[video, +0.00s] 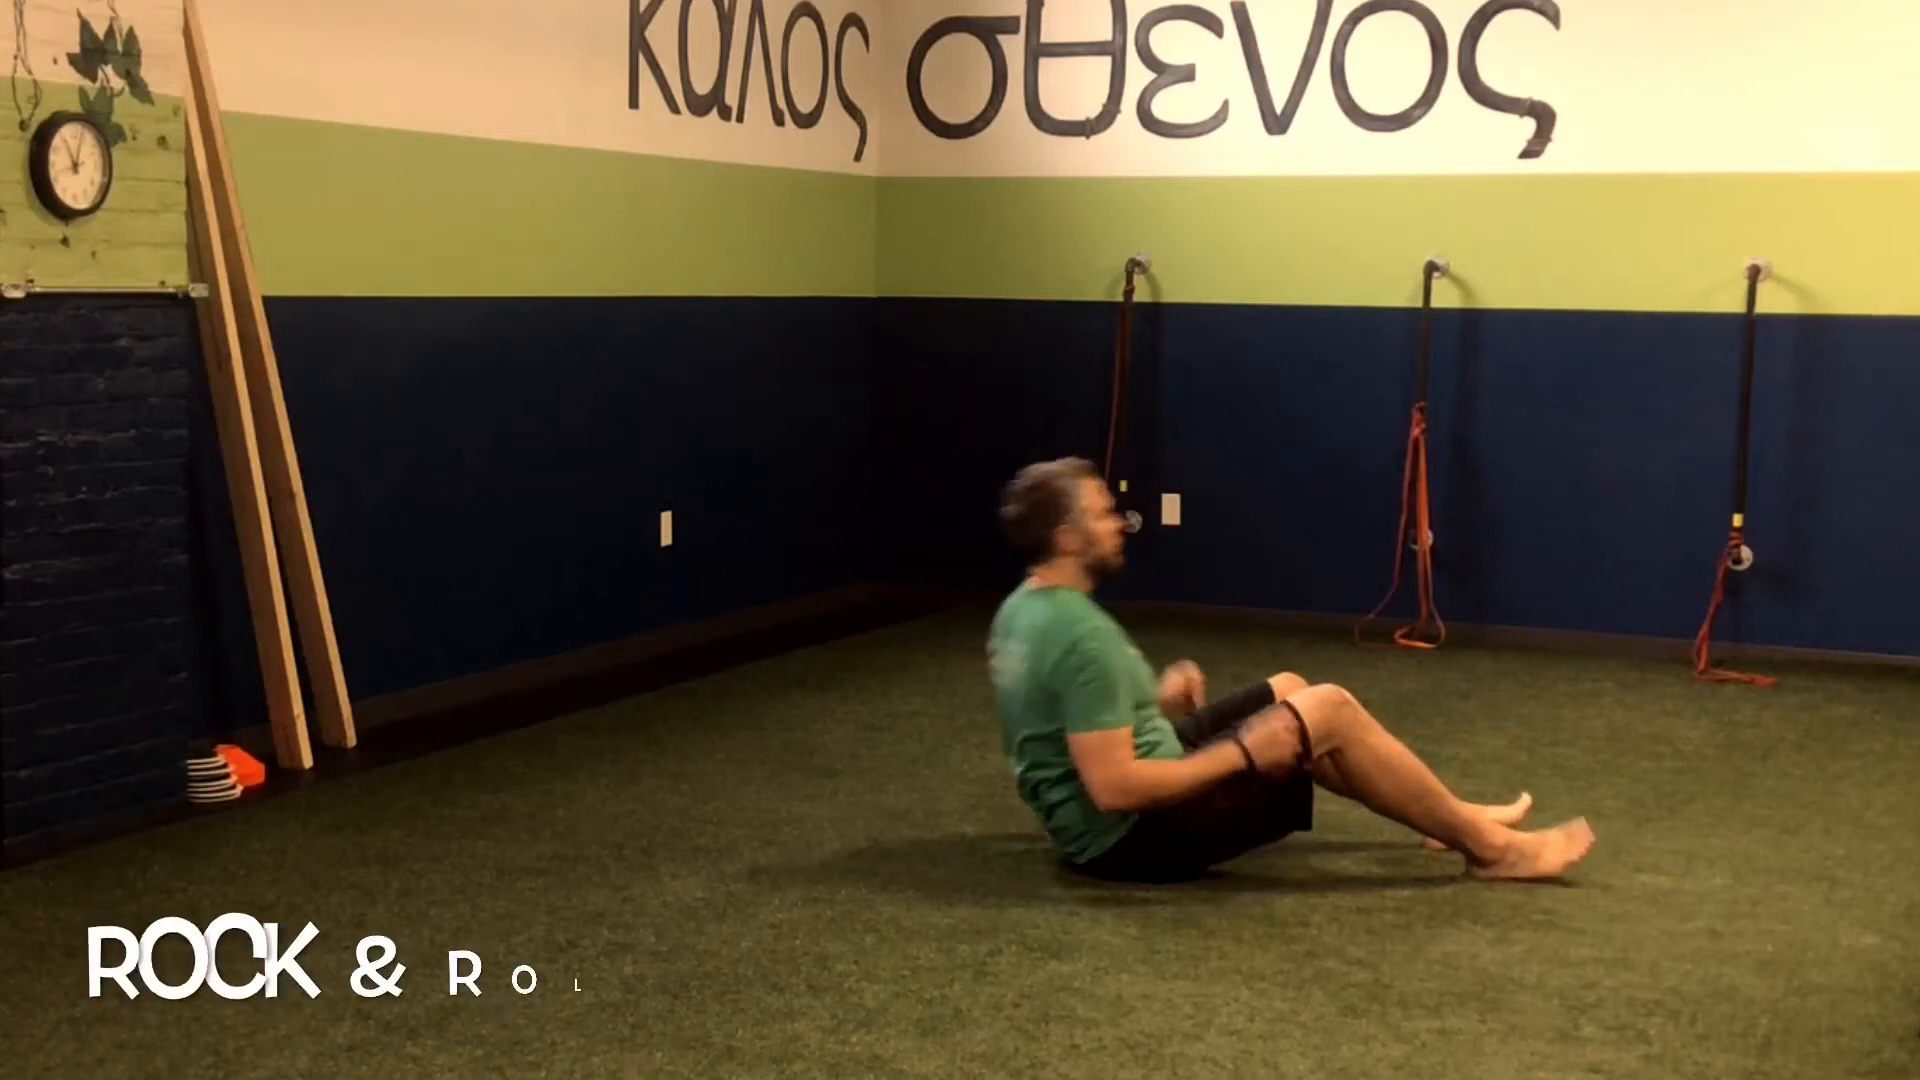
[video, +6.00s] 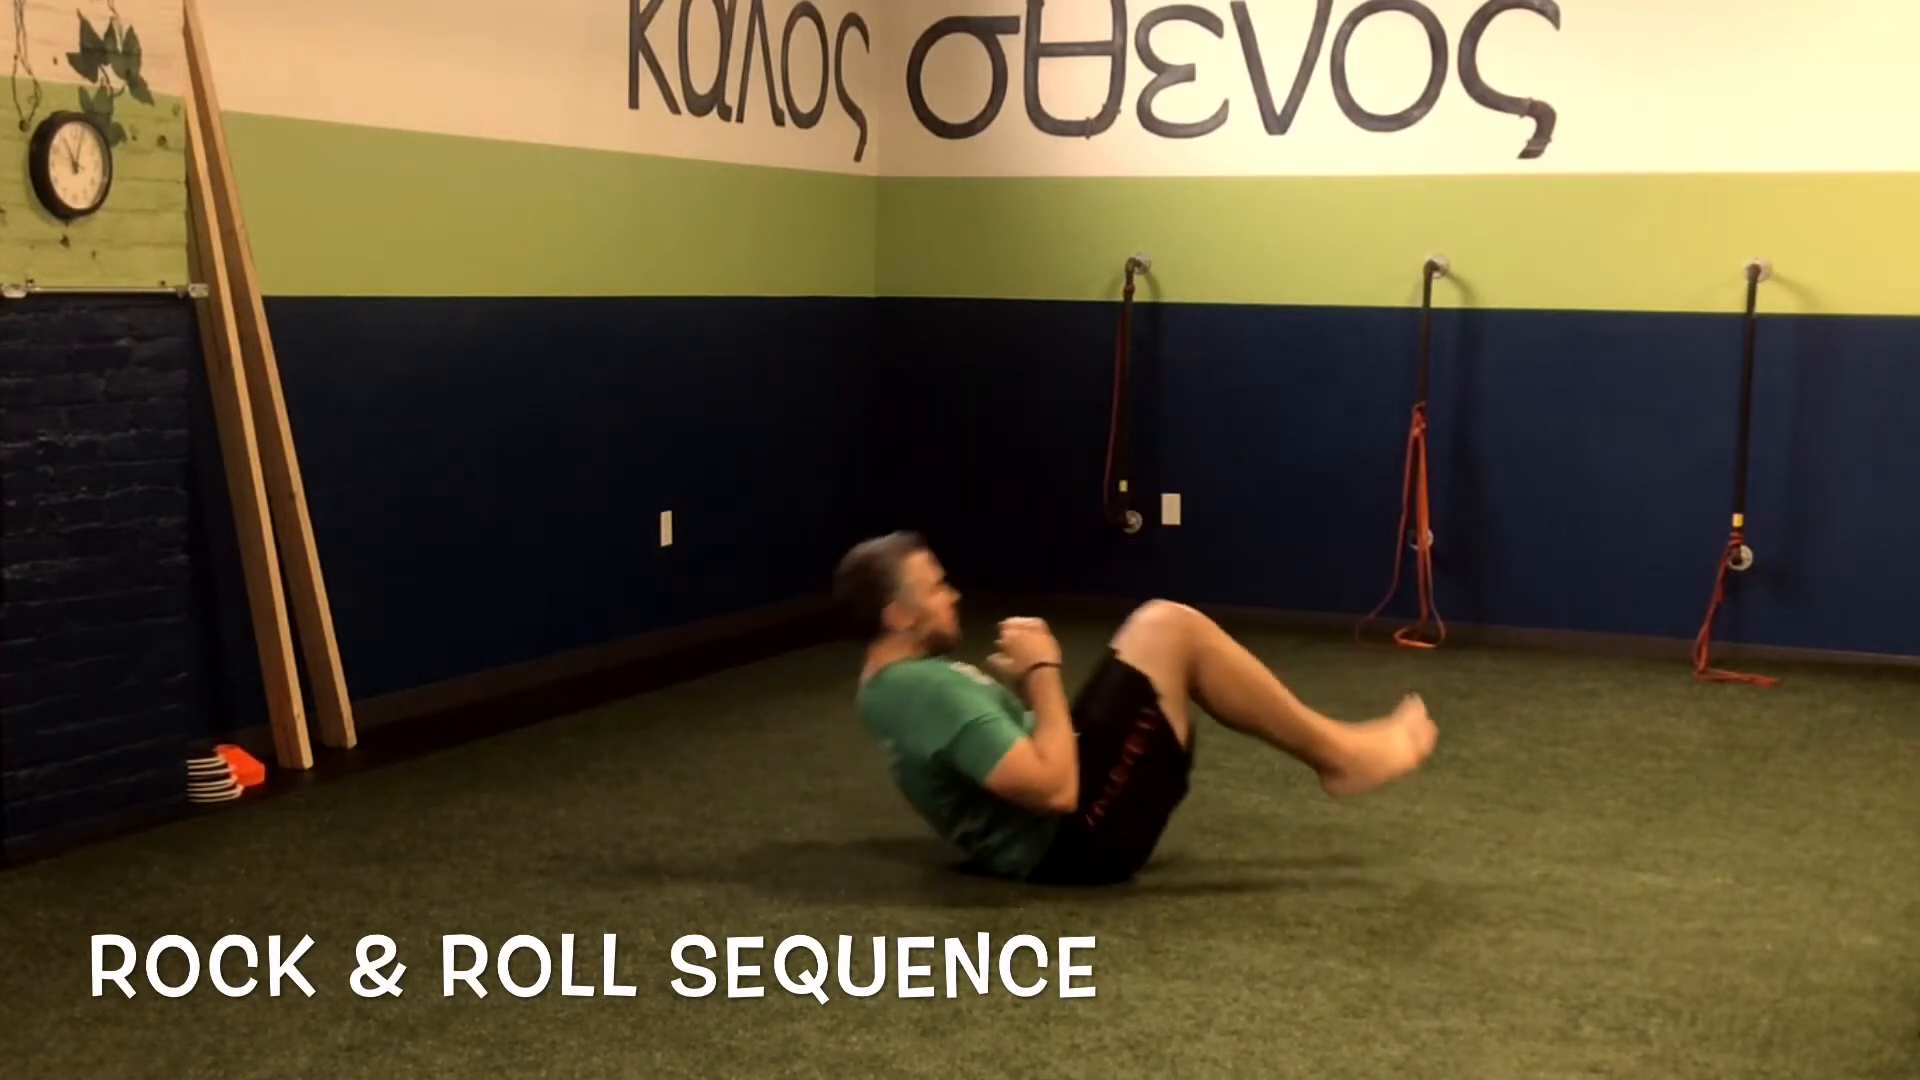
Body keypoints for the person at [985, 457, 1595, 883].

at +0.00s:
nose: (1122, 523)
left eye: (1113, 510)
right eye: (1106, 513)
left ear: (1058, 536)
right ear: (1063, 534)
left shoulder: (1027, 610)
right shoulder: (1075, 631)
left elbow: (1064, 729)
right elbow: (1115, 786)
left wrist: (1155, 701)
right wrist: (1247, 749)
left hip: (1106, 810)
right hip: (1127, 838)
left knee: (1302, 693)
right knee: (1331, 709)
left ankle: (1459, 818)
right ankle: (1492, 850)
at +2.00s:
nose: (779, 693)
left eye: (759, 691)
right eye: (758, 704)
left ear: (761, 759)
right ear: (756, 760)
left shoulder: (815, 770)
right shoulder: (823, 803)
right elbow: (981, 801)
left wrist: (876, 705)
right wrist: (878, 716)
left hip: (1013, 776)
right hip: (1036, 795)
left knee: (919, 589)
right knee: (923, 594)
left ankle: (1103, 496)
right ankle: (1122, 506)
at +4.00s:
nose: (902, 609)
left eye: (889, 599)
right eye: (882, 607)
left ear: (859, 643)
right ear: (852, 646)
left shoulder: (890, 698)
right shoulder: (900, 713)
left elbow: (1013, 770)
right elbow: (1035, 799)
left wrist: (996, 673)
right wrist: (1007, 681)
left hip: (1059, 825)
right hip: (1080, 844)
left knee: (1083, 601)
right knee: (1095, 604)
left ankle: (1294, 625)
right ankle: (1308, 626)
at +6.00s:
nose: (951, 591)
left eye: (940, 578)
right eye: (934, 584)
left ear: (894, 614)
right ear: (896, 615)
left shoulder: (899, 676)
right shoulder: (926, 692)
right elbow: (1056, 785)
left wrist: (1004, 682)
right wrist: (1044, 673)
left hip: (1050, 829)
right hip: (1077, 846)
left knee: (1159, 622)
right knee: (1169, 624)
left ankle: (1333, 749)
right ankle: (1342, 753)